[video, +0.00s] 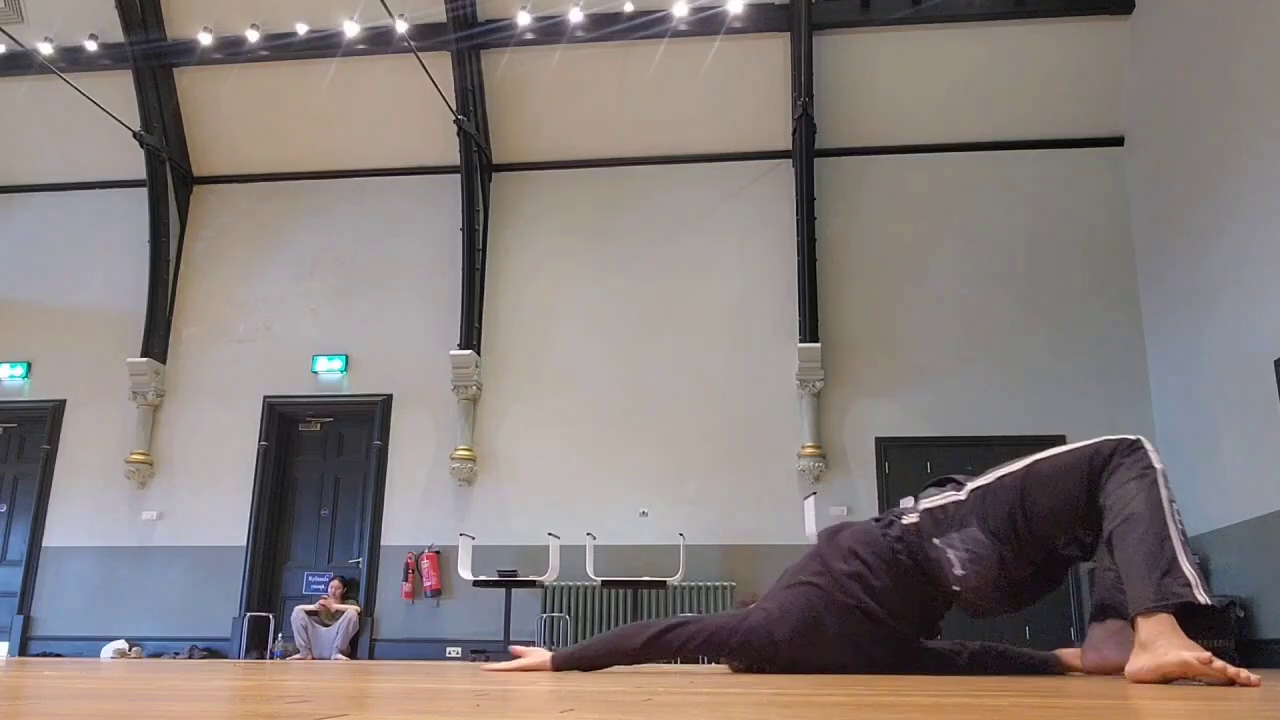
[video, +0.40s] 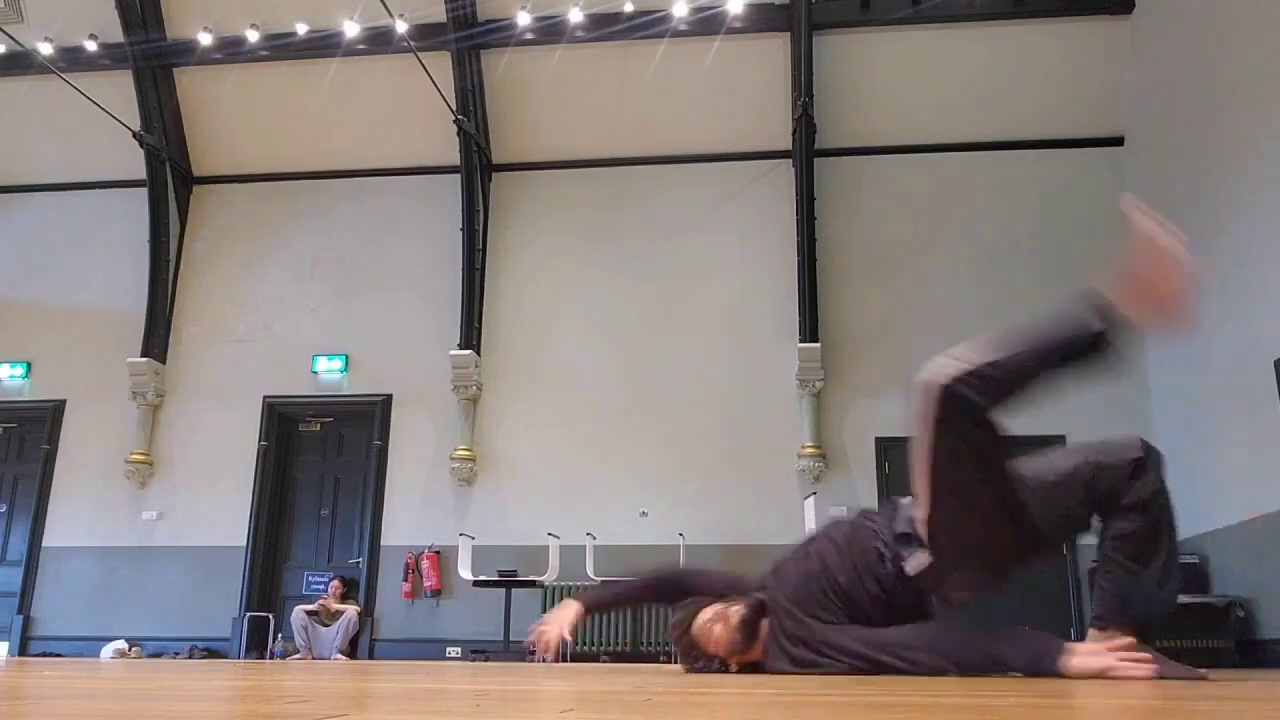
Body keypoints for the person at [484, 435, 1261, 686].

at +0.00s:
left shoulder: (868, 664)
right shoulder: (769, 635)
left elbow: (966, 665)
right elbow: (668, 635)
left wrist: (1064, 662)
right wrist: (560, 658)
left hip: (971, 583)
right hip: (940, 543)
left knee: (1125, 488)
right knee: (1124, 455)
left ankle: (1100, 643)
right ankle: (1157, 631)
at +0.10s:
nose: (758, 592)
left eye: (753, 593)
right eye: (750, 598)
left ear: (760, 620)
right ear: (743, 618)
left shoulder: (849, 644)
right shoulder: (754, 634)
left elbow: (928, 656)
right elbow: (683, 636)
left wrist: (980, 661)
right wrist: (571, 659)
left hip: (990, 581)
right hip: (967, 537)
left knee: (1127, 484)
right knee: (1131, 453)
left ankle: (1111, 638)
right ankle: (1180, 632)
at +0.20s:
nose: (755, 600)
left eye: (745, 598)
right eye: (744, 609)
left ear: (757, 610)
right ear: (744, 635)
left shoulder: (822, 619)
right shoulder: (794, 642)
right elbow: (725, 660)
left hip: (991, 554)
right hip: (971, 554)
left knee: (1140, 474)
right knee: (1106, 428)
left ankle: (1114, 639)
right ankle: (1228, 595)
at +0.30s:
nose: (744, 600)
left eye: (735, 599)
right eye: (732, 616)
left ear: (755, 601)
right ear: (744, 648)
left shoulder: (813, 596)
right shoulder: (799, 638)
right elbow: (863, 653)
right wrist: (933, 654)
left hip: (1005, 554)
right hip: (964, 571)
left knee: (1147, 466)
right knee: (1029, 410)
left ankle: (1117, 638)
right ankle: (1215, 454)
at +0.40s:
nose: (726, 620)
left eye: (717, 617)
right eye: (718, 638)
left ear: (730, 607)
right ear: (732, 661)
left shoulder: (771, 596)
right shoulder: (795, 644)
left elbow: (674, 580)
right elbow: (924, 649)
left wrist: (580, 602)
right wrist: (1054, 655)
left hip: (956, 513)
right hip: (952, 561)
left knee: (1134, 468)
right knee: (945, 391)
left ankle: (1122, 643)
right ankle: (1112, 310)